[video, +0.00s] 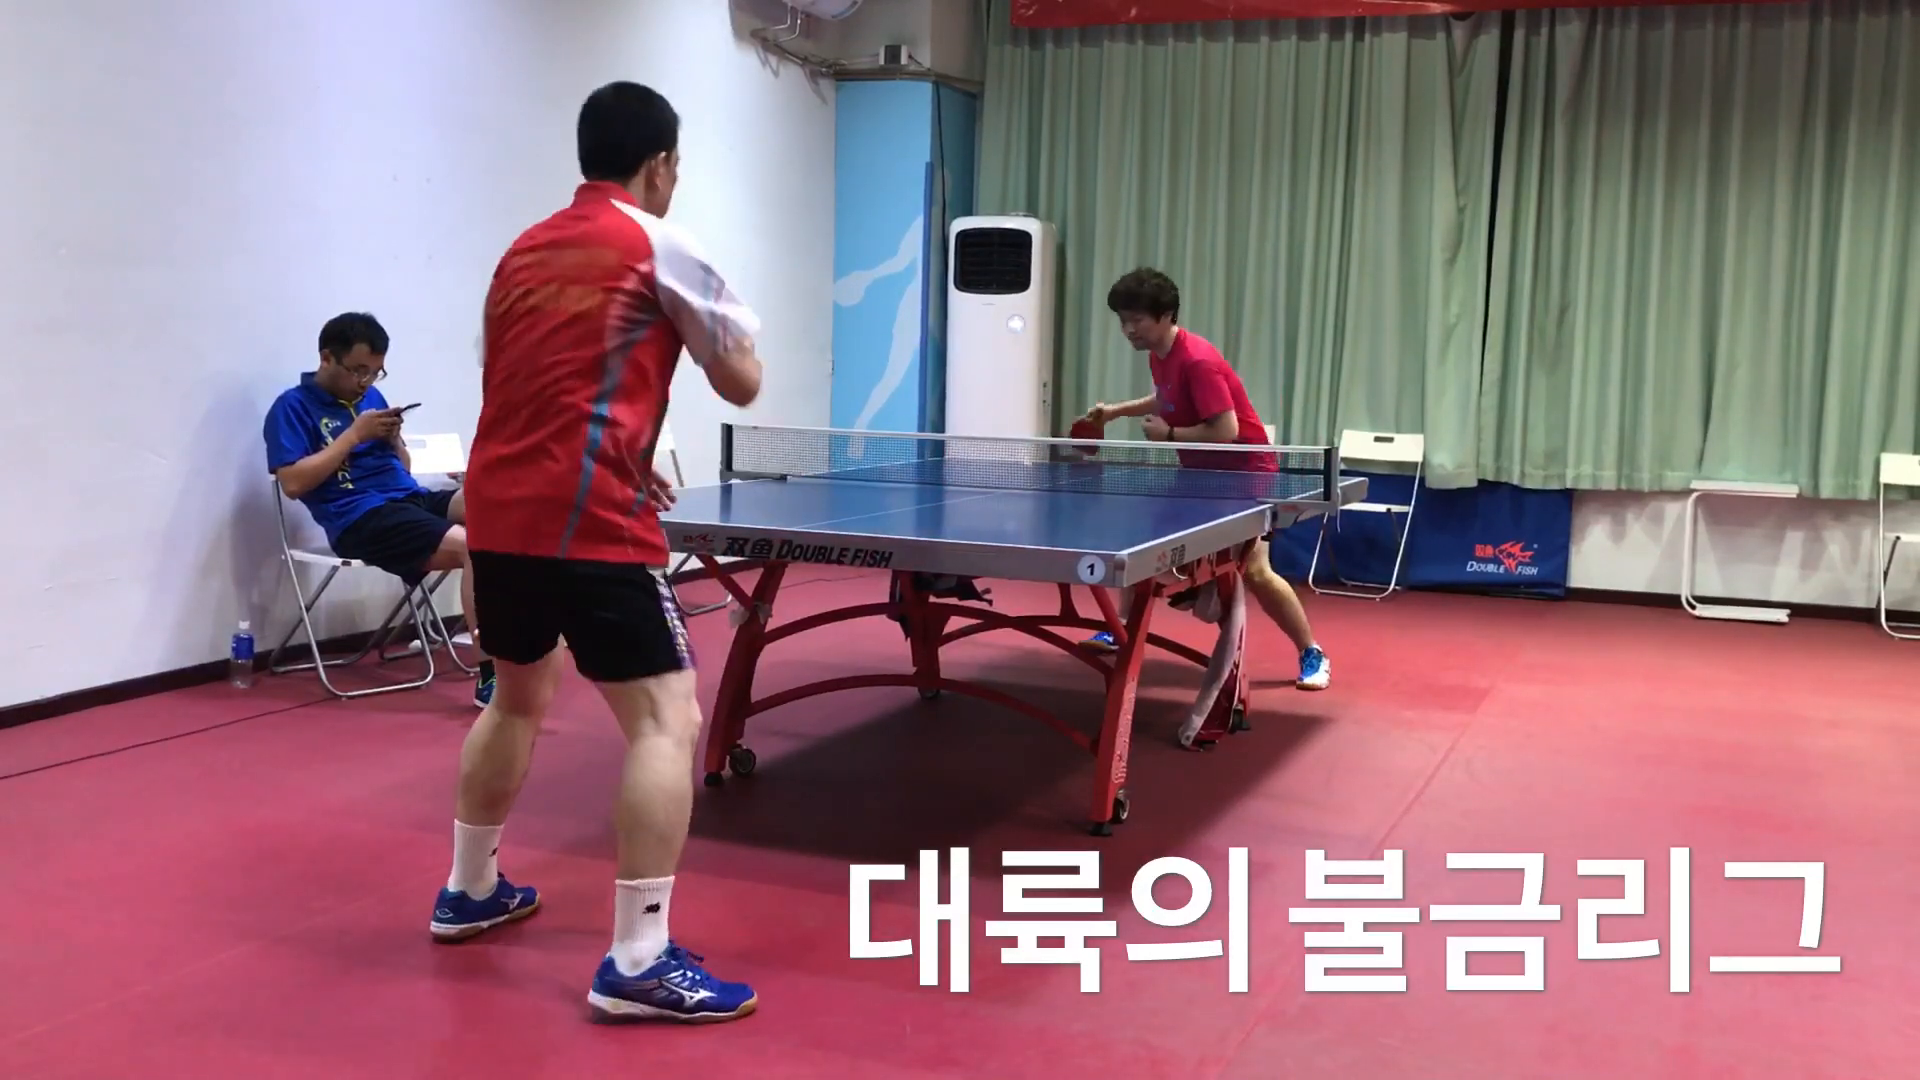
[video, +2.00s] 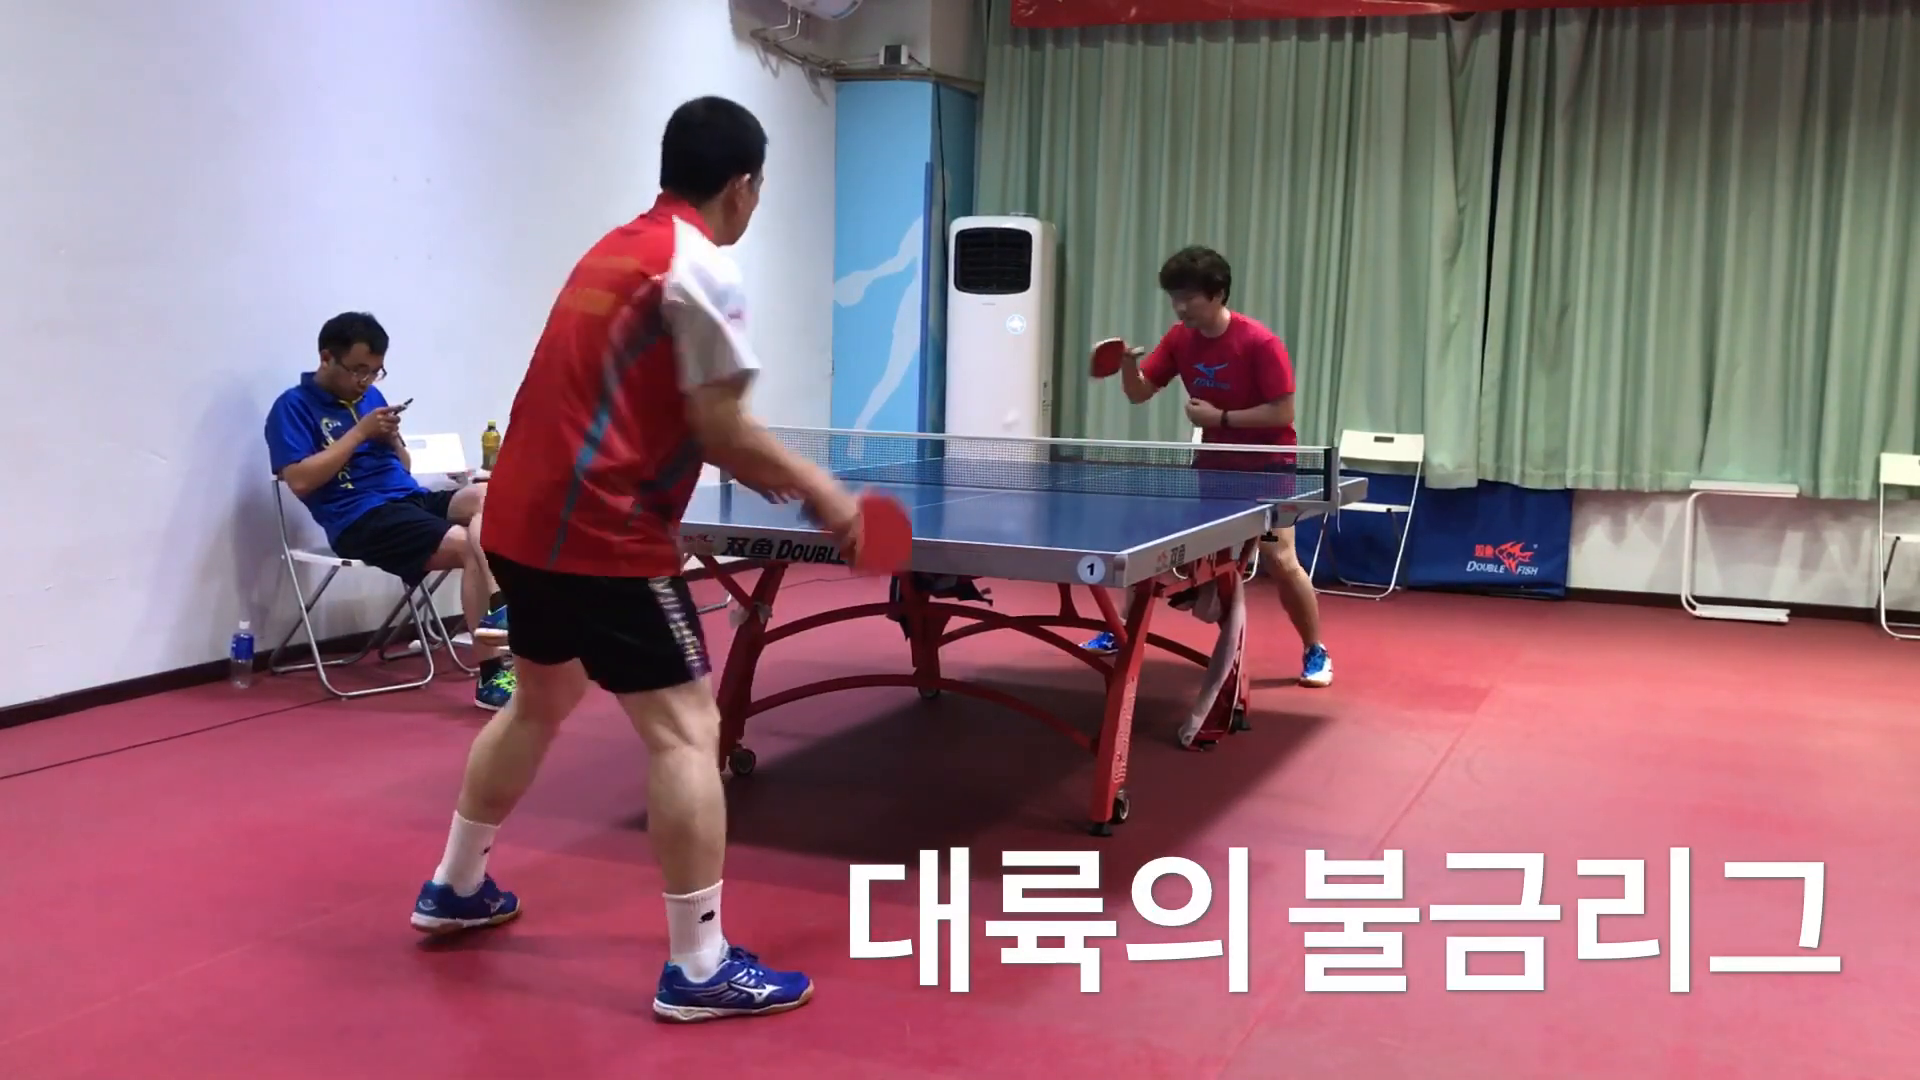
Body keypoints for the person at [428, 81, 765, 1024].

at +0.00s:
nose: (677, 181)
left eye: (676, 168)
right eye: (676, 167)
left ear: (584, 164)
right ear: (657, 166)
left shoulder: (521, 250)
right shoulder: (657, 247)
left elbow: (515, 388)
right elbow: (742, 383)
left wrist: (628, 455)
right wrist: (713, 314)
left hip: (499, 524)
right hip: (598, 529)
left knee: (513, 702)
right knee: (663, 722)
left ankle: (469, 889)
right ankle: (639, 958)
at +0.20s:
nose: (707, 186)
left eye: (704, 173)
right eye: (705, 173)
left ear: (612, 172)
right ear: (690, 178)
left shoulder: (551, 255)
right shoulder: (692, 274)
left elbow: (540, 406)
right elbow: (751, 425)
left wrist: (651, 458)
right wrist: (797, 423)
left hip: (499, 526)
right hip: (600, 544)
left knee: (518, 684)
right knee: (677, 734)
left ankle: (462, 871)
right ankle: (638, 967)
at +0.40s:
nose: (747, 215)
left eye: (747, 197)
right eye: (746, 197)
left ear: (666, 190)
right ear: (718, 198)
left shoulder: (629, 257)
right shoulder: (652, 269)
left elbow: (629, 422)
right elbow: (625, 422)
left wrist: (732, 499)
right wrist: (737, 506)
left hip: (499, 530)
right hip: (555, 542)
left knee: (525, 708)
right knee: (641, 733)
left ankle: (439, 885)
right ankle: (635, 970)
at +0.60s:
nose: (714, 209)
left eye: (715, 191)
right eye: (710, 190)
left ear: (645, 185)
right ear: (674, 188)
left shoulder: (587, 250)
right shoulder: (617, 257)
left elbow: (582, 410)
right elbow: (636, 399)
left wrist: (682, 462)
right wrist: (789, 401)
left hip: (489, 527)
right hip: (548, 536)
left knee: (520, 711)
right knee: (635, 726)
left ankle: (436, 889)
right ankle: (636, 966)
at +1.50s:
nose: (709, 199)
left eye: (708, 182)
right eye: (706, 182)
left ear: (622, 180)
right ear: (680, 184)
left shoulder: (565, 254)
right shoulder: (660, 273)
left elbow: (557, 390)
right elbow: (777, 387)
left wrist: (658, 443)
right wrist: (852, 330)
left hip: (476, 521)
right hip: (564, 528)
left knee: (513, 699)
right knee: (667, 721)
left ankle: (441, 889)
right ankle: (644, 958)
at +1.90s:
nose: (743, 194)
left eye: (739, 179)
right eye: (743, 180)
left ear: (654, 173)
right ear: (729, 183)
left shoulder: (585, 254)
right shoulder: (724, 276)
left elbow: (579, 399)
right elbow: (793, 426)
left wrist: (691, 457)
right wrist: (855, 422)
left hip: (528, 527)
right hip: (632, 542)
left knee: (532, 695)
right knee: (712, 732)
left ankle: (459, 872)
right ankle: (702, 965)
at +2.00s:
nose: (756, 202)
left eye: (755, 186)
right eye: (757, 185)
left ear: (670, 171)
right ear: (738, 185)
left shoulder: (618, 247)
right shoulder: (698, 266)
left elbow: (667, 417)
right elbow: (718, 430)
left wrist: (784, 468)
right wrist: (821, 490)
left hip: (523, 525)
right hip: (604, 541)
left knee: (538, 706)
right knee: (685, 732)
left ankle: (453, 886)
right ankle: (700, 966)